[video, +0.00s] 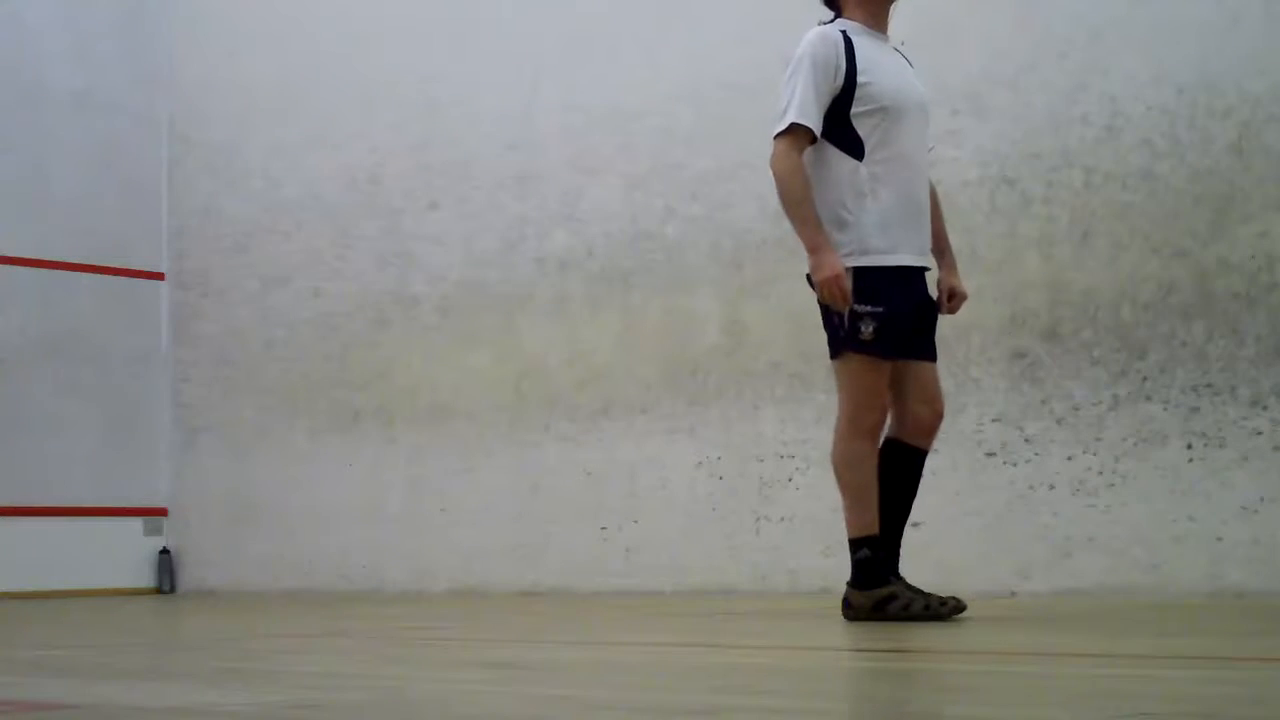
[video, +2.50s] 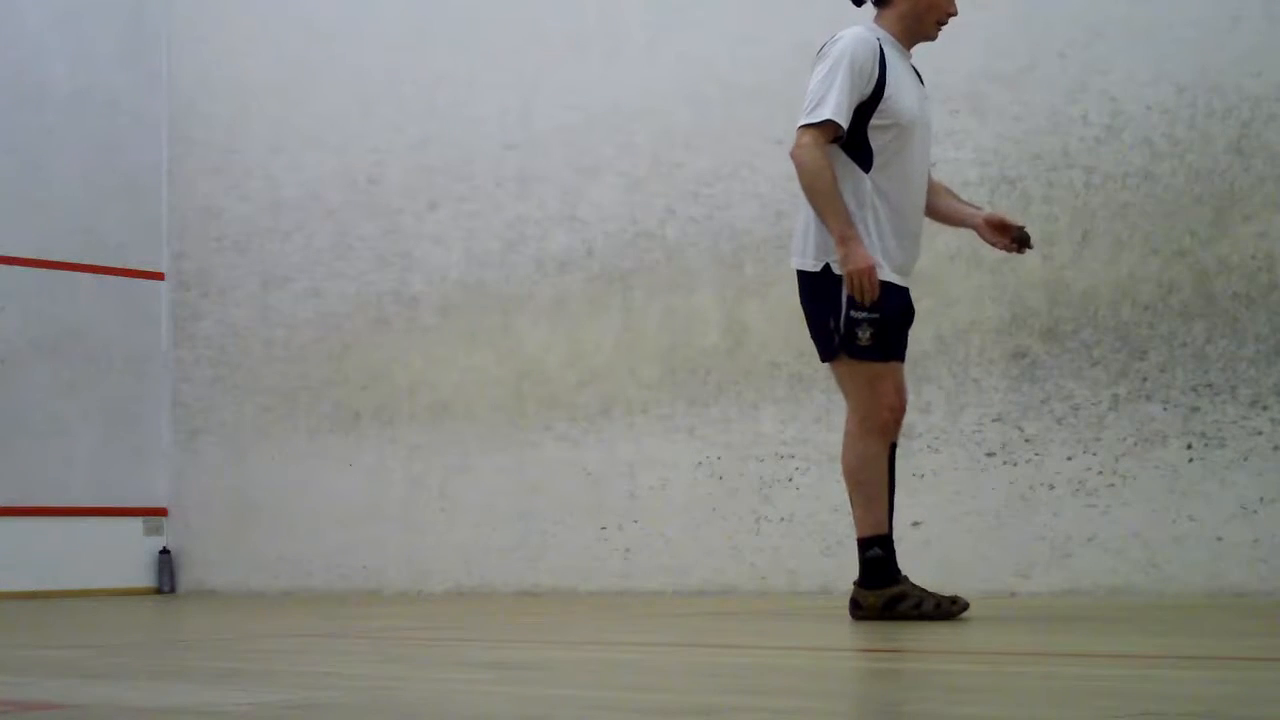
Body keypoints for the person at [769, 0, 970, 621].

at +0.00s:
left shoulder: (899, 59)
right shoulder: (826, 44)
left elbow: (915, 173)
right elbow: (785, 155)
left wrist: (945, 262)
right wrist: (820, 252)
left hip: (908, 268)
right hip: (858, 266)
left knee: (922, 413)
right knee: (862, 416)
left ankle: (881, 575)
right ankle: (867, 582)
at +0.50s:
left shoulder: (901, 59)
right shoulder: (818, 50)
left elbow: (915, 167)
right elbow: (777, 163)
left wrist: (946, 254)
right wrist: (811, 252)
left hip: (906, 272)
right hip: (850, 272)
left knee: (919, 417)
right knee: (855, 419)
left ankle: (806, 550)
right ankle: (867, 581)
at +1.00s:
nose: (955, 8)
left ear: (918, 2)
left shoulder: (905, 64)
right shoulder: (861, 44)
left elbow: (895, 185)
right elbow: (802, 144)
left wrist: (963, 229)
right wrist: (834, 247)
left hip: (896, 271)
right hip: (852, 268)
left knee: (914, 408)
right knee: (864, 412)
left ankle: (882, 575)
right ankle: (868, 581)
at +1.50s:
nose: (958, 11)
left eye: (957, 3)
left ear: (914, 4)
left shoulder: (910, 68)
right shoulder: (866, 46)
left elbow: (907, 187)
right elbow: (818, 144)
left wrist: (977, 220)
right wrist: (861, 235)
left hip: (886, 265)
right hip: (854, 263)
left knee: (882, 414)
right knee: (884, 411)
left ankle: (878, 578)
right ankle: (877, 580)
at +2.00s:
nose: (953, 8)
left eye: (952, 0)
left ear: (910, 3)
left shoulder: (904, 67)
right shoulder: (863, 48)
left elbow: (903, 183)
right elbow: (816, 149)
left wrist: (972, 219)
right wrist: (856, 243)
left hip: (881, 268)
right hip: (844, 267)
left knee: (894, 410)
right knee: (869, 412)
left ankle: (882, 576)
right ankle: (875, 582)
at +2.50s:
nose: (952, 10)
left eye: (952, 2)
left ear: (911, 3)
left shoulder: (907, 70)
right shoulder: (857, 47)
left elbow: (911, 183)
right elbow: (808, 149)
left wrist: (978, 218)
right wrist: (849, 243)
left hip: (882, 268)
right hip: (846, 267)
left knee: (878, 413)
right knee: (878, 410)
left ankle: (879, 579)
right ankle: (877, 581)